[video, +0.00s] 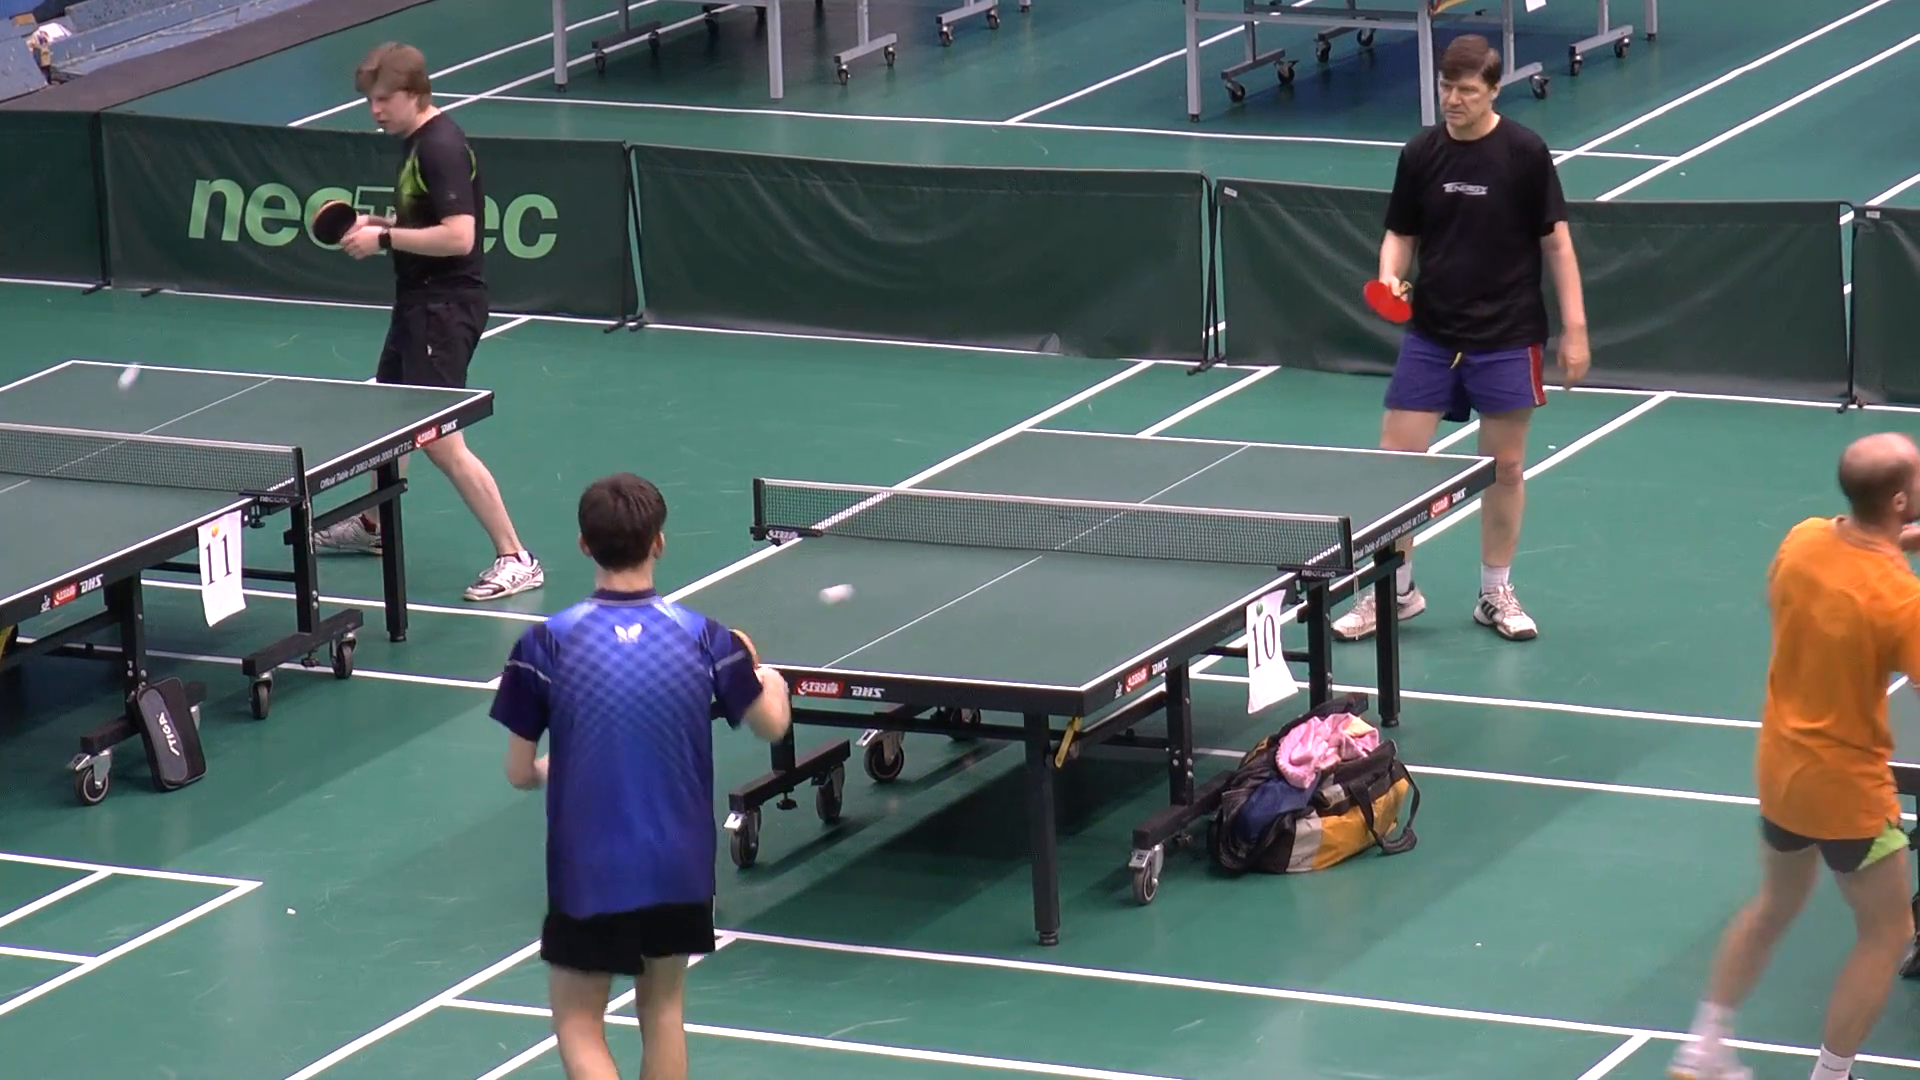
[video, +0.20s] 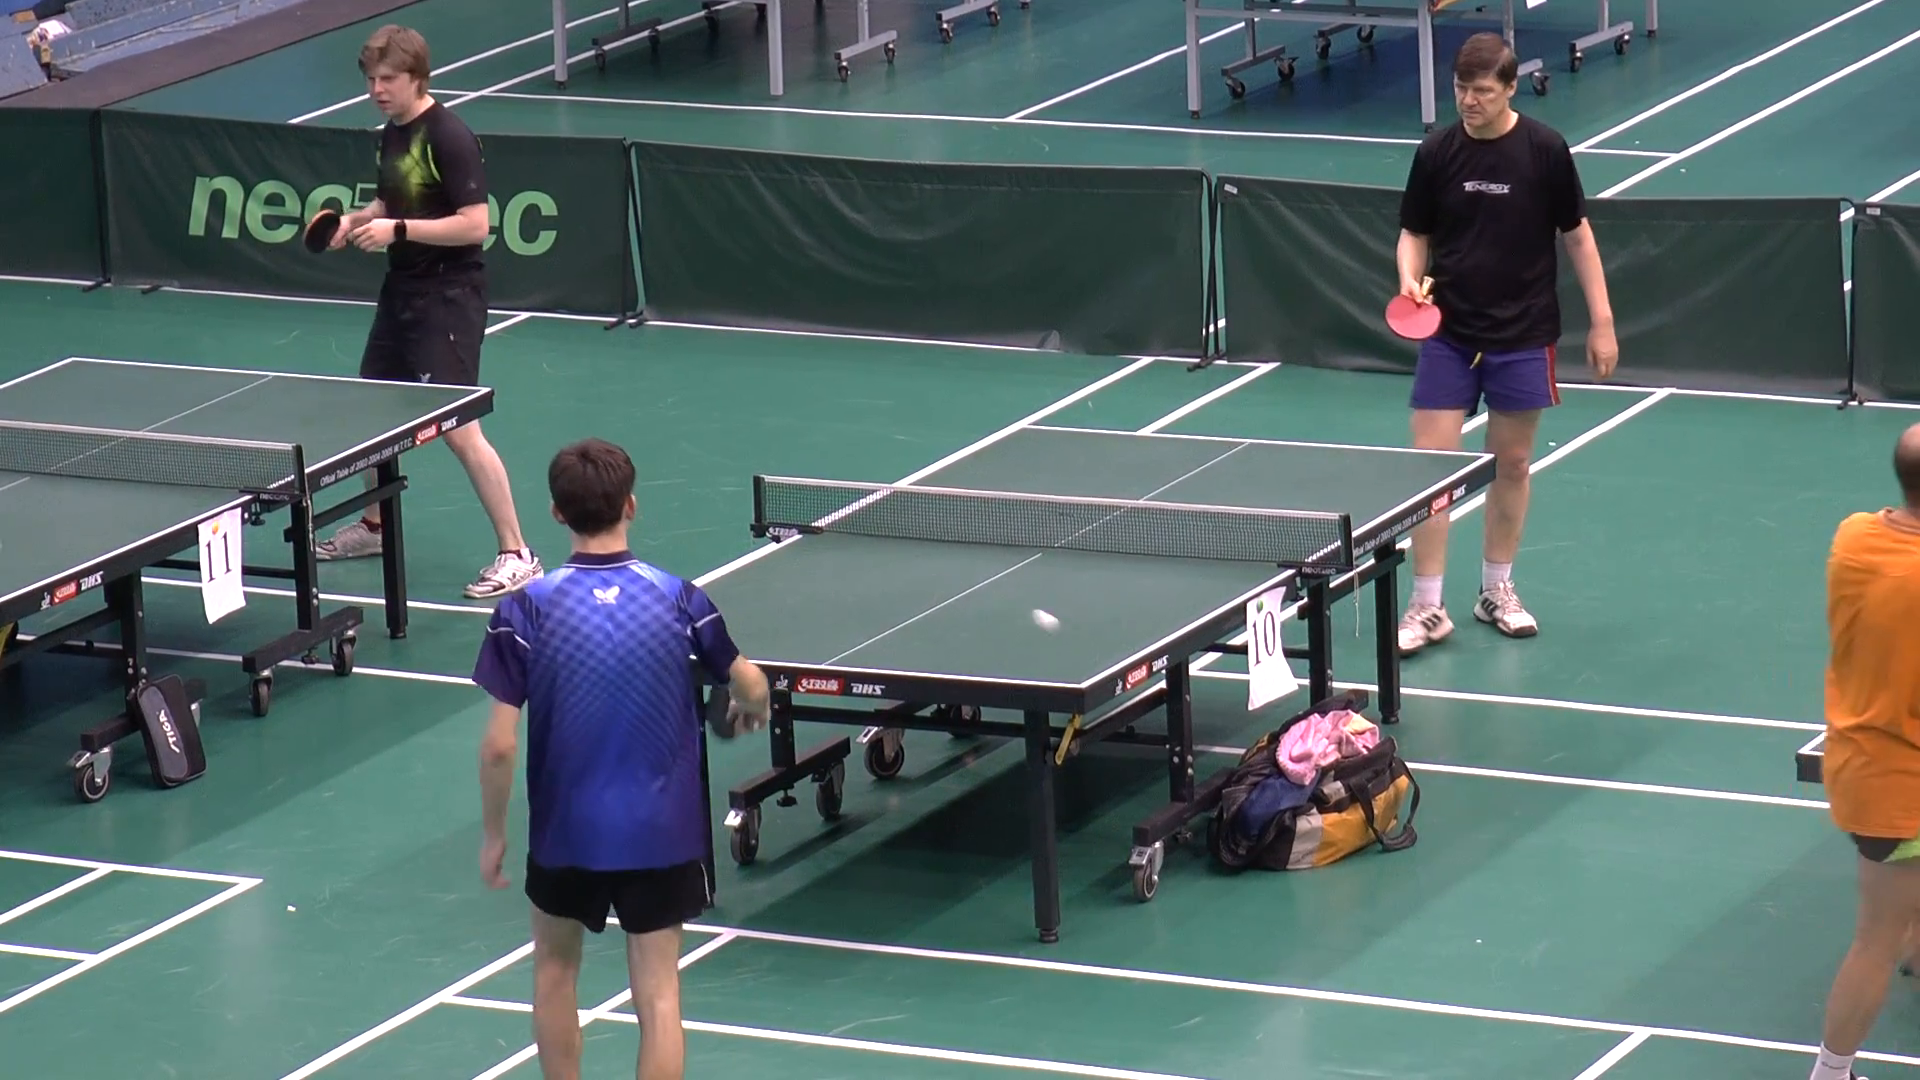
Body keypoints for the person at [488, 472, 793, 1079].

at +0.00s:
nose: (663, 539)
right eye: (661, 531)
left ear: (584, 546)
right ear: (659, 542)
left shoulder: (548, 641)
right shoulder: (702, 638)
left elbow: (520, 772)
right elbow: (773, 724)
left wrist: (571, 757)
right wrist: (757, 666)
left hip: (589, 876)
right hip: (678, 871)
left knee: (579, 1023)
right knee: (664, 1011)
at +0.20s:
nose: (634, 502)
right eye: (632, 495)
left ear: (558, 513)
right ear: (630, 506)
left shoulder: (525, 608)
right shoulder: (677, 596)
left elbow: (499, 747)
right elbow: (751, 685)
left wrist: (494, 835)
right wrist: (749, 709)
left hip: (566, 839)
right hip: (659, 837)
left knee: (556, 971)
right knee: (660, 998)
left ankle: (563, 1076)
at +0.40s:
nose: (595, 489)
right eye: (596, 481)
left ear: (528, 501)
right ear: (594, 492)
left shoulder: (501, 594)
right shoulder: (648, 584)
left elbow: (484, 720)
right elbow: (706, 701)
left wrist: (475, 837)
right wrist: (719, 784)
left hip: (549, 821)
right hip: (637, 817)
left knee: (549, 955)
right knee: (645, 973)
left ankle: (565, 1073)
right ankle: (653, 1074)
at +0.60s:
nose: (578, 452)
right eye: (577, 443)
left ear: (507, 461)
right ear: (574, 454)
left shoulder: (479, 557)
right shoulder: (629, 547)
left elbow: (461, 683)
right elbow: (658, 676)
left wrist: (455, 791)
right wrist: (667, 784)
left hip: (523, 780)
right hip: (610, 776)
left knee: (536, 919)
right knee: (621, 907)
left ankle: (564, 1070)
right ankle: (628, 1034)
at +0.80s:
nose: (573, 437)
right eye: (573, 429)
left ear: (503, 437)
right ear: (572, 437)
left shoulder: (465, 529)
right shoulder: (614, 528)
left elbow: (430, 654)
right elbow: (642, 657)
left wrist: (431, 715)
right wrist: (645, 761)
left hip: (512, 756)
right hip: (599, 749)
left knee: (533, 918)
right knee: (608, 872)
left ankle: (565, 1068)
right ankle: (608, 1025)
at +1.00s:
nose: (577, 432)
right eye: (580, 423)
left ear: (511, 427)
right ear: (580, 430)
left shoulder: (465, 516)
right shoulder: (612, 523)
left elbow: (422, 633)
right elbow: (648, 656)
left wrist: (418, 669)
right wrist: (650, 752)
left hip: (505, 740)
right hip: (589, 735)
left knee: (518, 894)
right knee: (598, 861)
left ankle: (558, 1052)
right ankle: (587, 1000)